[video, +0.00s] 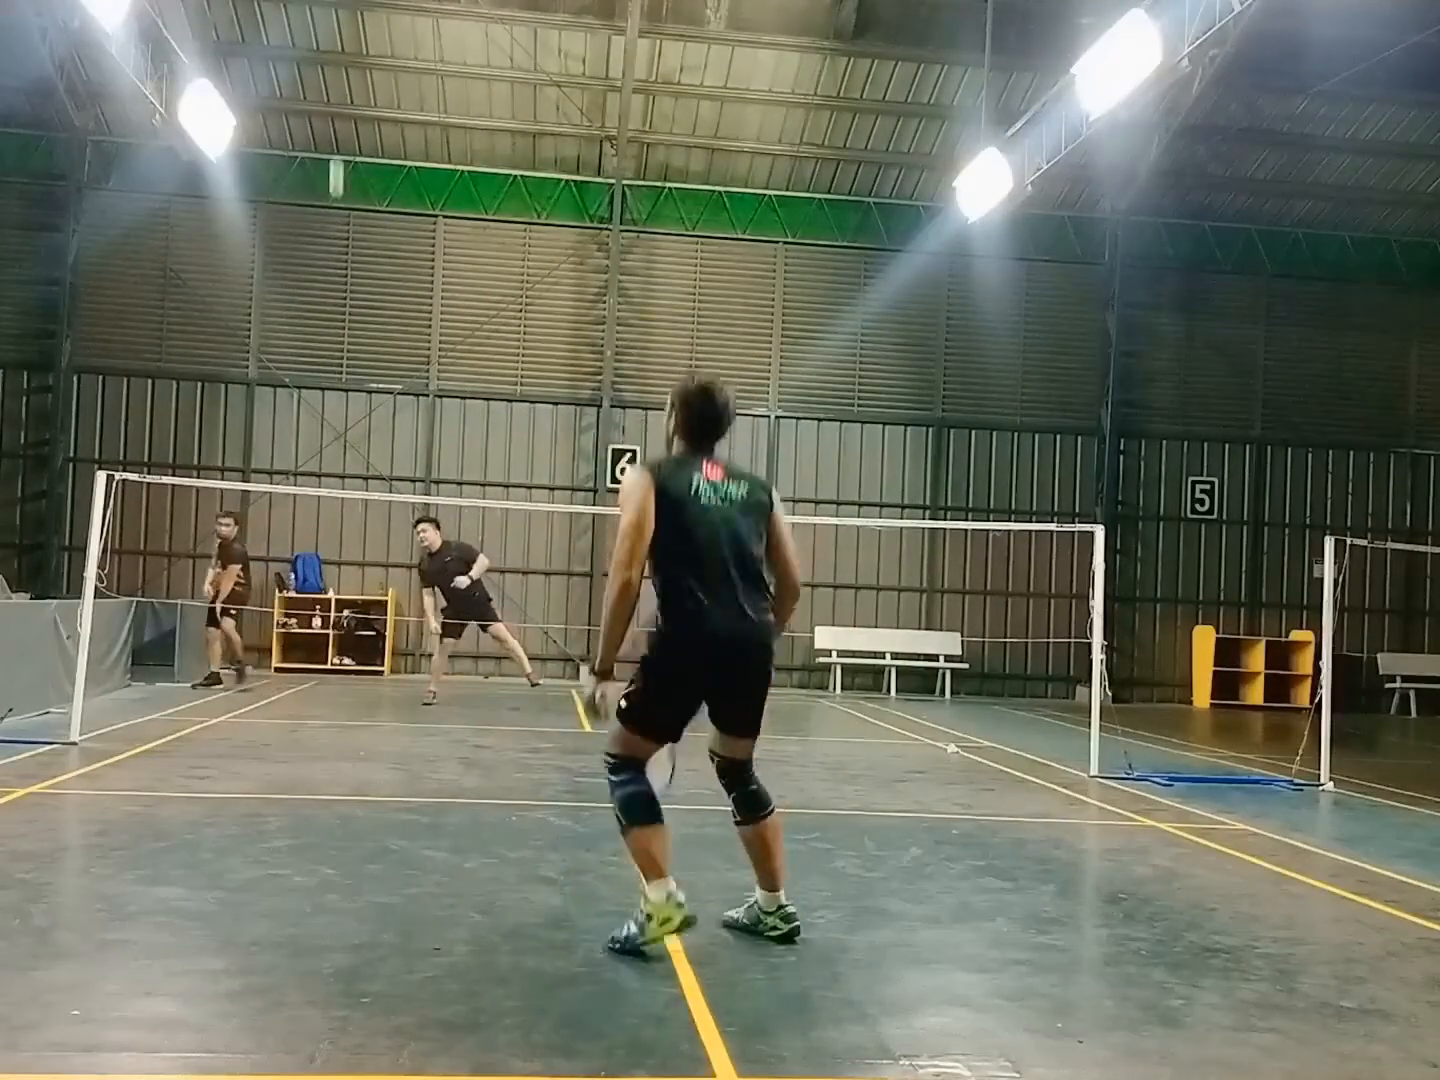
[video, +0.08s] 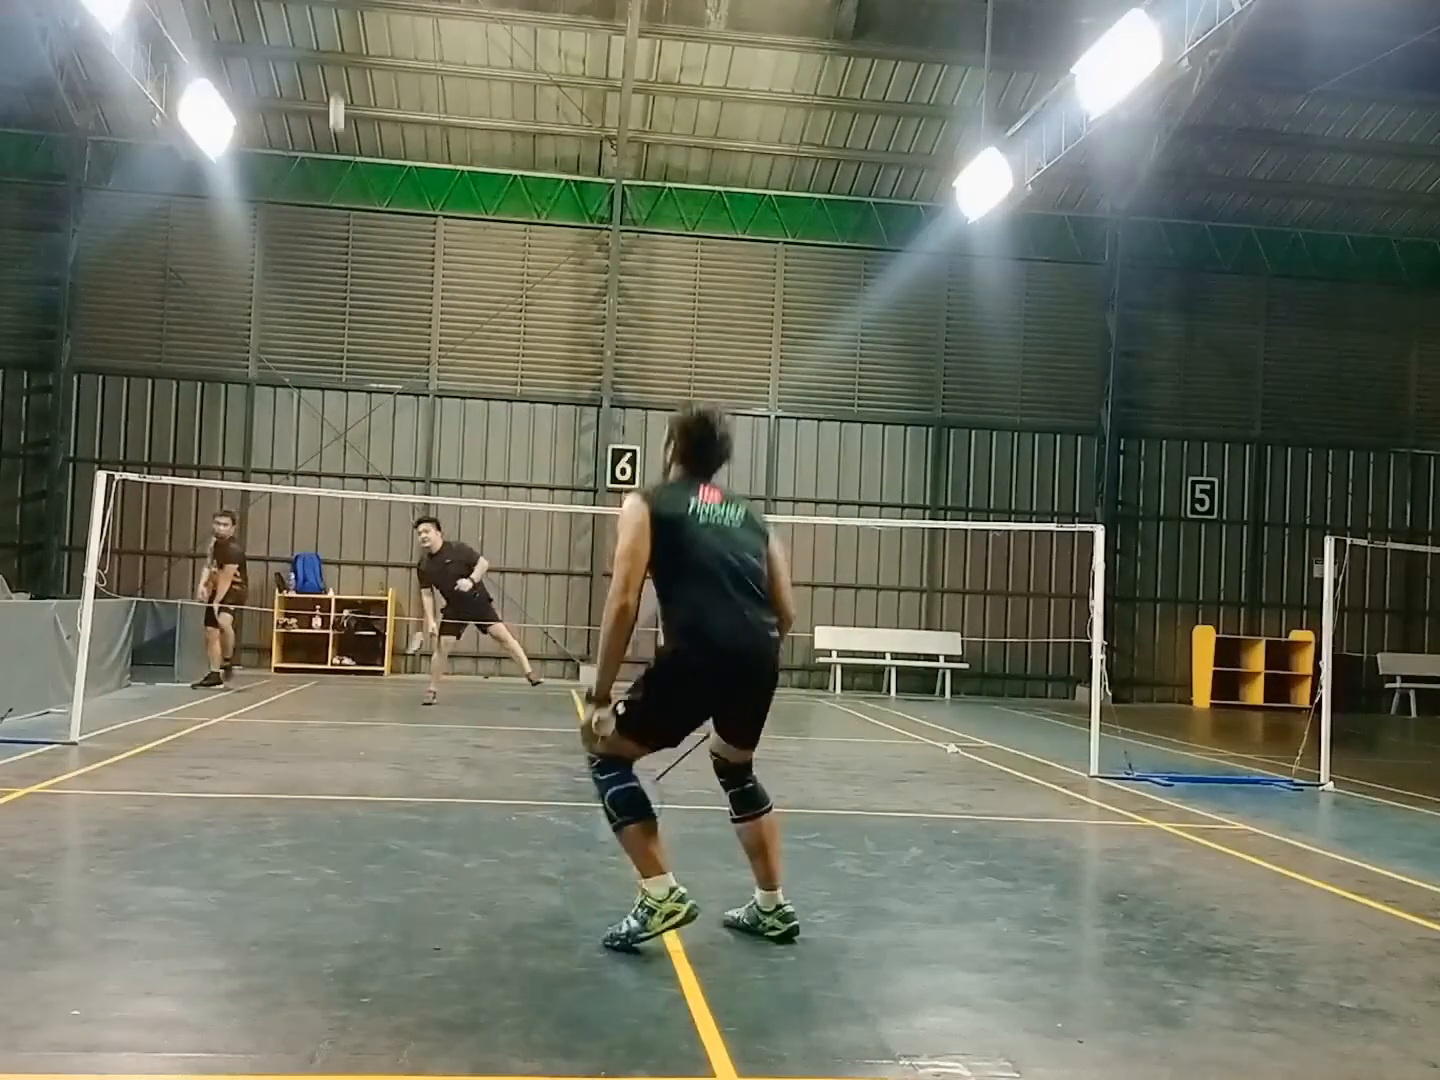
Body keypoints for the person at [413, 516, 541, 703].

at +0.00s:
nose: (421, 536)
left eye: (424, 531)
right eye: (418, 533)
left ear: (437, 532)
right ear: (417, 538)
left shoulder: (458, 548)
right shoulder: (425, 566)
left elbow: (483, 561)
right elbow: (428, 594)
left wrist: (469, 577)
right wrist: (431, 620)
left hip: (478, 603)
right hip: (455, 608)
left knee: (503, 635)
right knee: (444, 646)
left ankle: (529, 672)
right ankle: (431, 689)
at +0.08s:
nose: (423, 536)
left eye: (426, 531)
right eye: (419, 533)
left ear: (438, 533)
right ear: (417, 538)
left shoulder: (458, 549)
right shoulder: (424, 566)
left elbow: (483, 563)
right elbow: (426, 594)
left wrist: (471, 580)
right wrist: (430, 620)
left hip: (478, 603)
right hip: (454, 608)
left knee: (503, 636)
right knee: (442, 646)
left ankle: (528, 672)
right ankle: (431, 689)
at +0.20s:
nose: (431, 535)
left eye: (434, 530)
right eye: (427, 532)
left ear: (445, 531)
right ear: (424, 536)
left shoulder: (463, 548)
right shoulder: (428, 564)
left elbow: (488, 563)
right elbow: (426, 591)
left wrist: (475, 583)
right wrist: (424, 618)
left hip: (481, 604)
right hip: (456, 608)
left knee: (505, 639)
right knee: (444, 649)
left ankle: (527, 678)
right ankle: (432, 690)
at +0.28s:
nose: (437, 532)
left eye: (441, 528)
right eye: (434, 529)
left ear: (451, 529)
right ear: (431, 534)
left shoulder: (468, 548)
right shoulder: (432, 561)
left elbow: (491, 563)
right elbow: (429, 588)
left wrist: (479, 583)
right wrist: (425, 615)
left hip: (482, 605)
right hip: (457, 608)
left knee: (504, 641)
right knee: (445, 649)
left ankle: (524, 680)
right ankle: (432, 690)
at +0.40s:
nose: (458, 531)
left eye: (462, 527)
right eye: (453, 527)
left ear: (471, 530)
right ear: (449, 531)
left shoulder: (486, 551)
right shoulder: (447, 558)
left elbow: (504, 570)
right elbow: (440, 585)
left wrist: (491, 586)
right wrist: (434, 612)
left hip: (487, 606)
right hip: (463, 607)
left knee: (503, 648)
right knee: (450, 647)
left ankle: (509, 688)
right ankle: (432, 689)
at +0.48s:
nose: (472, 535)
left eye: (475, 530)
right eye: (467, 530)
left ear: (483, 532)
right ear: (461, 534)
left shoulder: (494, 553)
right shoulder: (458, 561)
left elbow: (513, 574)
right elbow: (447, 585)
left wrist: (500, 587)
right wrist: (440, 612)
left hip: (494, 612)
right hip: (469, 612)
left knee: (504, 654)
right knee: (453, 648)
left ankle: (503, 692)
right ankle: (432, 690)